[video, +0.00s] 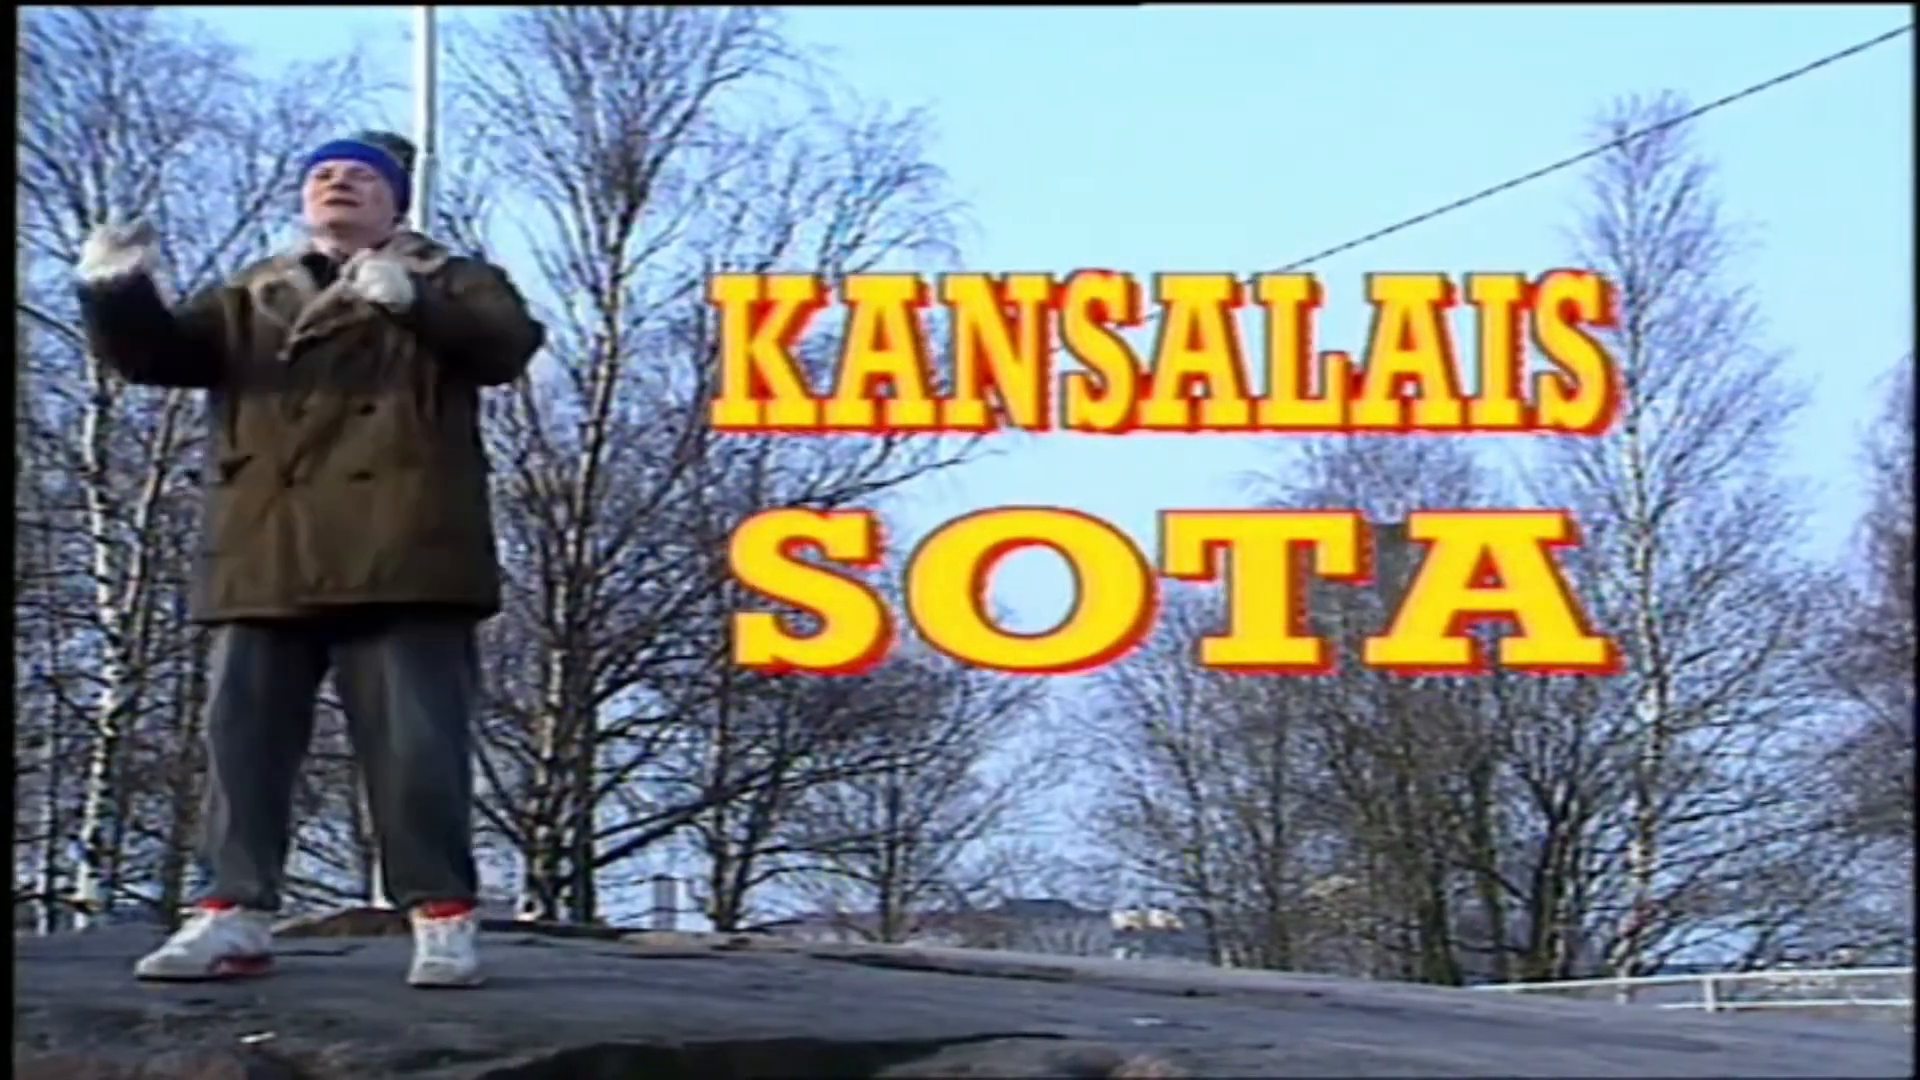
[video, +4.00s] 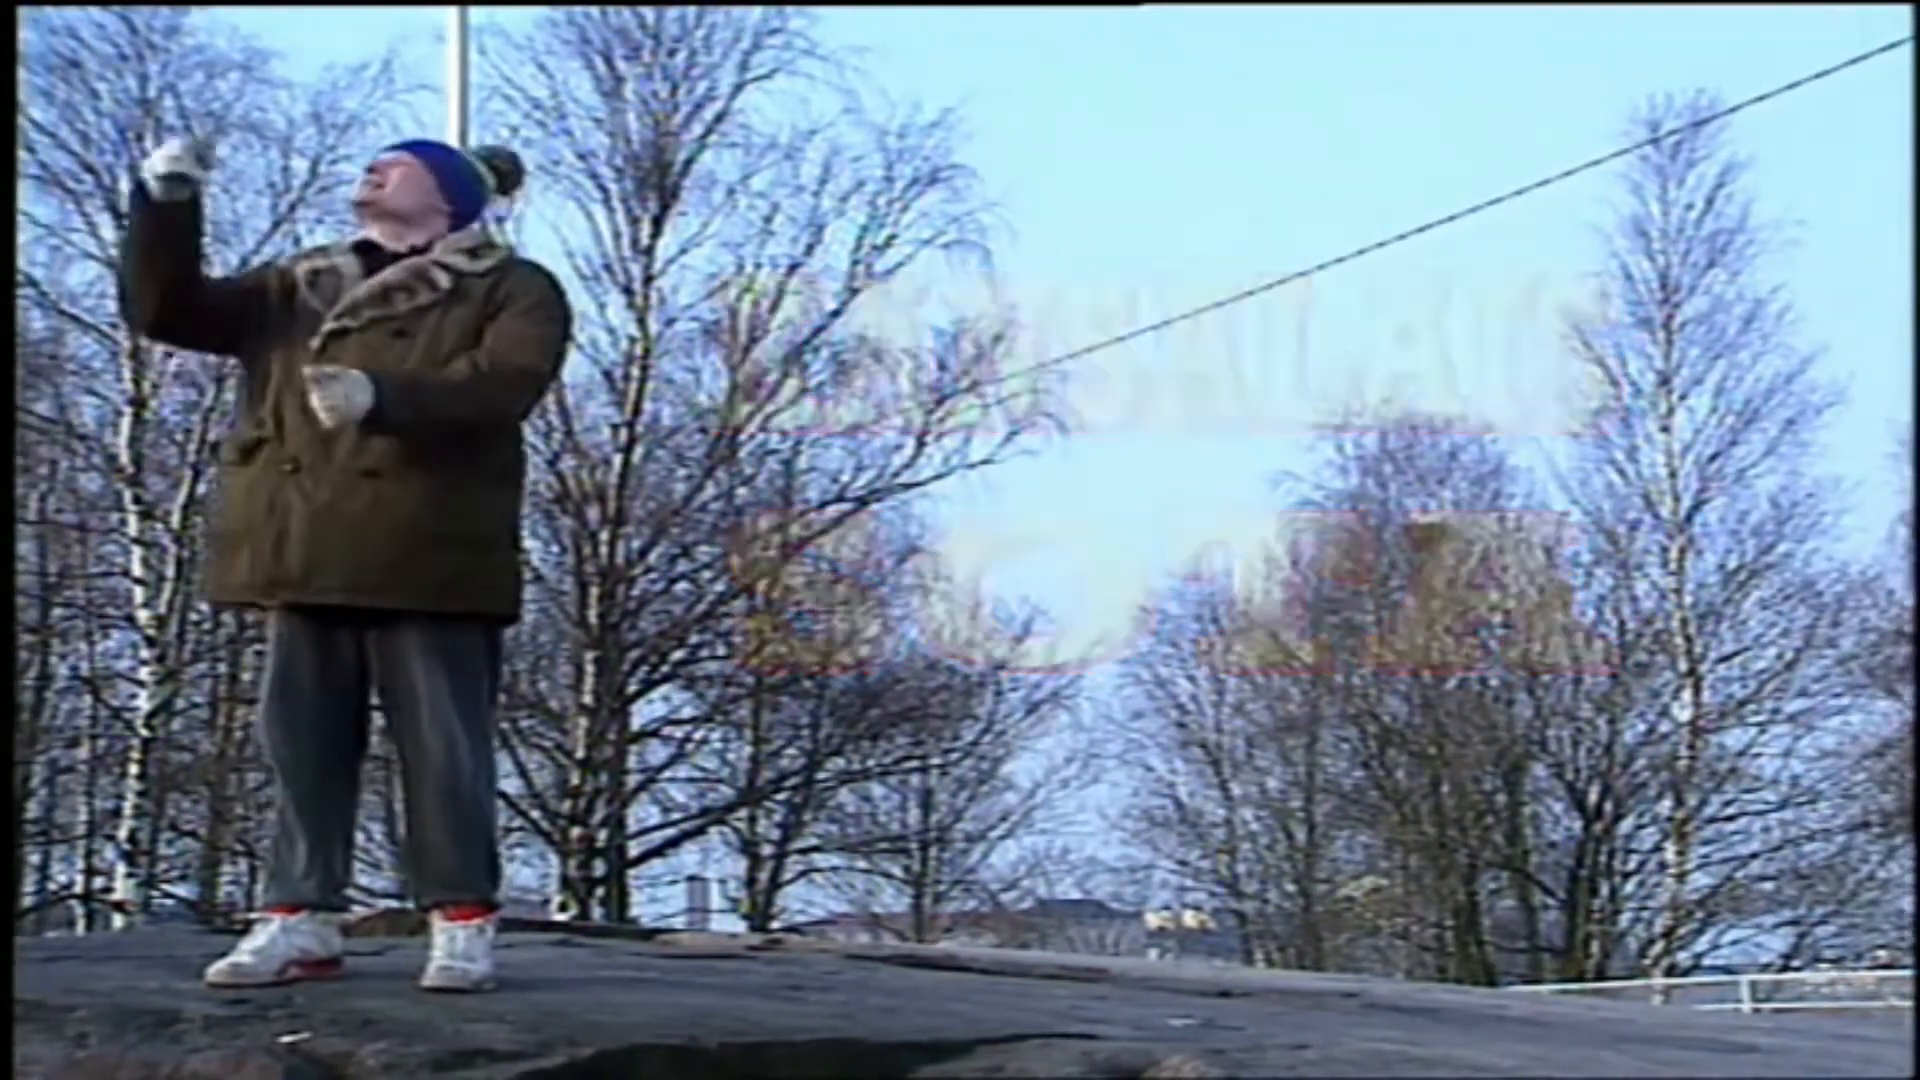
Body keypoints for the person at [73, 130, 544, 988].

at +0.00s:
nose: (335, 184)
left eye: (357, 175)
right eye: (322, 175)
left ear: (399, 204)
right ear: (299, 204)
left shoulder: (449, 279)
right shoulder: (255, 294)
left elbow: (509, 344)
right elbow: (158, 352)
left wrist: (417, 295)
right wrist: (118, 291)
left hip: (406, 553)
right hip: (266, 556)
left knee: (416, 742)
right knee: (241, 730)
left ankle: (441, 916)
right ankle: (238, 913)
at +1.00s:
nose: (321, 172)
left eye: (345, 163)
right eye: (310, 166)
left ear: (396, 193)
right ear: (292, 198)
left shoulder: (456, 275)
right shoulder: (246, 280)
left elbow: (447, 373)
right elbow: (151, 355)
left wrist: (315, 365)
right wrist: (114, 272)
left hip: (391, 561)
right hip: (253, 560)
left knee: (405, 747)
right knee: (259, 745)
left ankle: (434, 920)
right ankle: (276, 918)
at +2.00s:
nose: (349, 178)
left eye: (373, 170)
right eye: (337, 169)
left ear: (420, 198)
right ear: (319, 196)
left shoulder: (459, 269)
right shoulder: (263, 291)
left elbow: (495, 317)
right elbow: (210, 394)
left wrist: (360, 263)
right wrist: (219, 452)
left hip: (413, 545)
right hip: (284, 549)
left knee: (421, 741)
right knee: (280, 741)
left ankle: (446, 919)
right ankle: (290, 918)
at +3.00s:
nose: (365, 176)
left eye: (391, 167)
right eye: (358, 171)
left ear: (441, 208)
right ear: (340, 207)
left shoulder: (490, 279)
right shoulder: (290, 281)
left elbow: (480, 358)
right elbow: (183, 374)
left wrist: (339, 349)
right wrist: (182, 326)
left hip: (423, 553)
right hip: (294, 554)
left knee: (432, 740)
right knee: (291, 738)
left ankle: (457, 920)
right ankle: (299, 918)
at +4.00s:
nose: (372, 171)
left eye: (396, 162)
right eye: (374, 164)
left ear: (448, 196)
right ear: (372, 198)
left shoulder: (516, 287)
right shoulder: (303, 283)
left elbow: (503, 388)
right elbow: (164, 309)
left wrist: (382, 395)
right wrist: (169, 202)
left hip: (438, 567)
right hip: (309, 565)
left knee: (444, 750)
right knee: (302, 745)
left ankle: (462, 921)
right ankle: (304, 920)